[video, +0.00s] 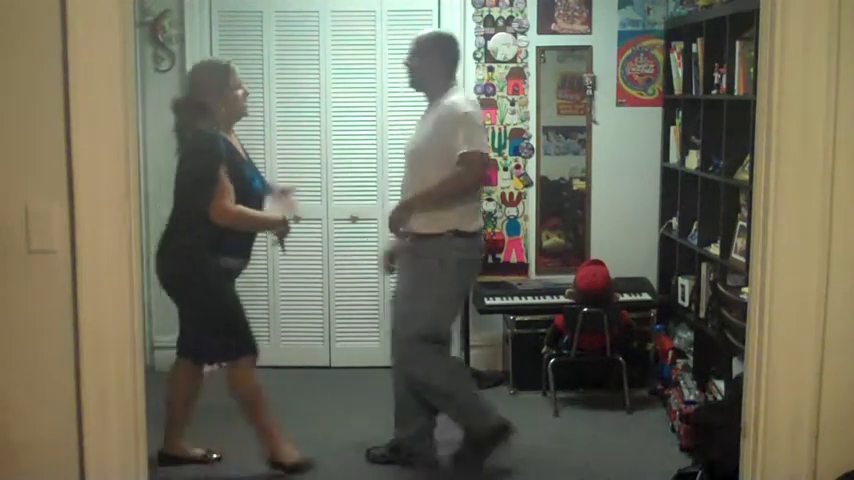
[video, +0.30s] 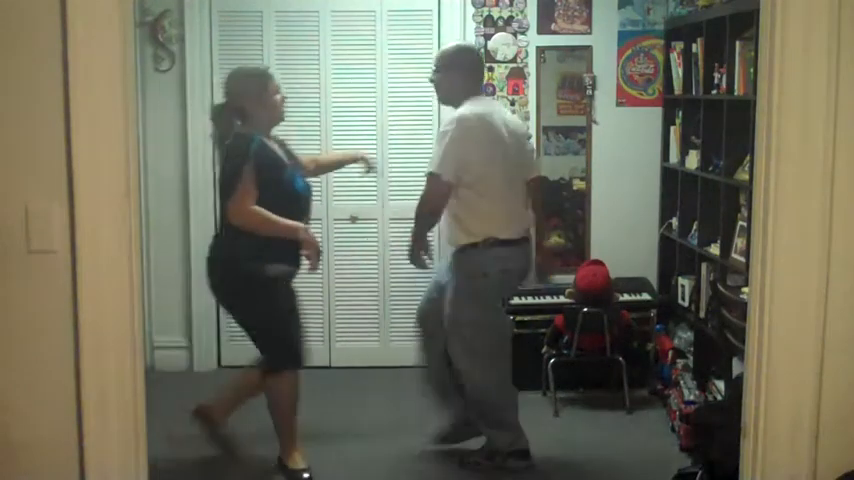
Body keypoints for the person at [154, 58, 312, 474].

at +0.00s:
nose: (245, 92)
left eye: (242, 85)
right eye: (237, 87)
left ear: (218, 96)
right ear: (216, 97)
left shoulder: (225, 138)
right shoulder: (208, 143)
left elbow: (238, 188)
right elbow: (219, 211)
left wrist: (273, 195)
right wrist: (272, 221)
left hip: (208, 260)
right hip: (195, 263)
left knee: (191, 354)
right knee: (240, 352)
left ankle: (174, 445)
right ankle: (276, 449)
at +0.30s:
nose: (283, 98)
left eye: (280, 92)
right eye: (275, 93)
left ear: (255, 103)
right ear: (252, 103)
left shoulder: (270, 143)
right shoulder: (246, 146)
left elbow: (306, 167)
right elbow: (239, 211)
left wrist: (353, 157)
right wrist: (299, 232)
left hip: (269, 267)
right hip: (245, 269)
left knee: (282, 353)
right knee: (284, 354)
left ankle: (216, 411)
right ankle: (290, 455)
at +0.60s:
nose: (316, 97)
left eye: (313, 90)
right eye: (307, 92)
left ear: (296, 103)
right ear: (281, 104)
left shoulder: (331, 144)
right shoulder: (263, 157)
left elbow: (360, 162)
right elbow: (242, 217)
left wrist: (393, 155)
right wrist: (292, 228)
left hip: (331, 267)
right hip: (276, 272)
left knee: (356, 359)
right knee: (296, 367)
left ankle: (377, 438)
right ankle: (289, 453)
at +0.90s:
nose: (305, 94)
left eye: (310, 87)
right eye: (296, 88)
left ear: (319, 95)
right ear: (279, 100)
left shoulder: (339, 144)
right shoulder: (266, 152)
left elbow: (376, 183)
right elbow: (249, 194)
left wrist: (338, 174)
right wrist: (226, 228)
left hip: (350, 266)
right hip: (298, 270)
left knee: (359, 356)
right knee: (276, 350)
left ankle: (376, 438)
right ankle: (316, 444)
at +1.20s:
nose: (278, 105)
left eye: (268, 98)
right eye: (292, 98)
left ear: (261, 99)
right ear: (298, 101)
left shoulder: (250, 145)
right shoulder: (316, 144)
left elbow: (230, 212)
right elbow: (328, 196)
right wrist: (288, 207)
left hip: (276, 265)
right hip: (327, 262)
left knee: (243, 340)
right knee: (301, 351)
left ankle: (297, 381)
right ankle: (313, 450)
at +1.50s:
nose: (270, 96)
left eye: (266, 89)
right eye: (262, 91)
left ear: (226, 100)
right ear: (243, 101)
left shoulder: (205, 144)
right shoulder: (266, 148)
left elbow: (184, 192)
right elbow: (282, 205)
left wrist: (225, 208)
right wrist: (306, 215)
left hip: (209, 259)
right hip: (256, 262)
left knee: (221, 348)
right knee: (273, 357)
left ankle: (190, 436)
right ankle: (274, 455)